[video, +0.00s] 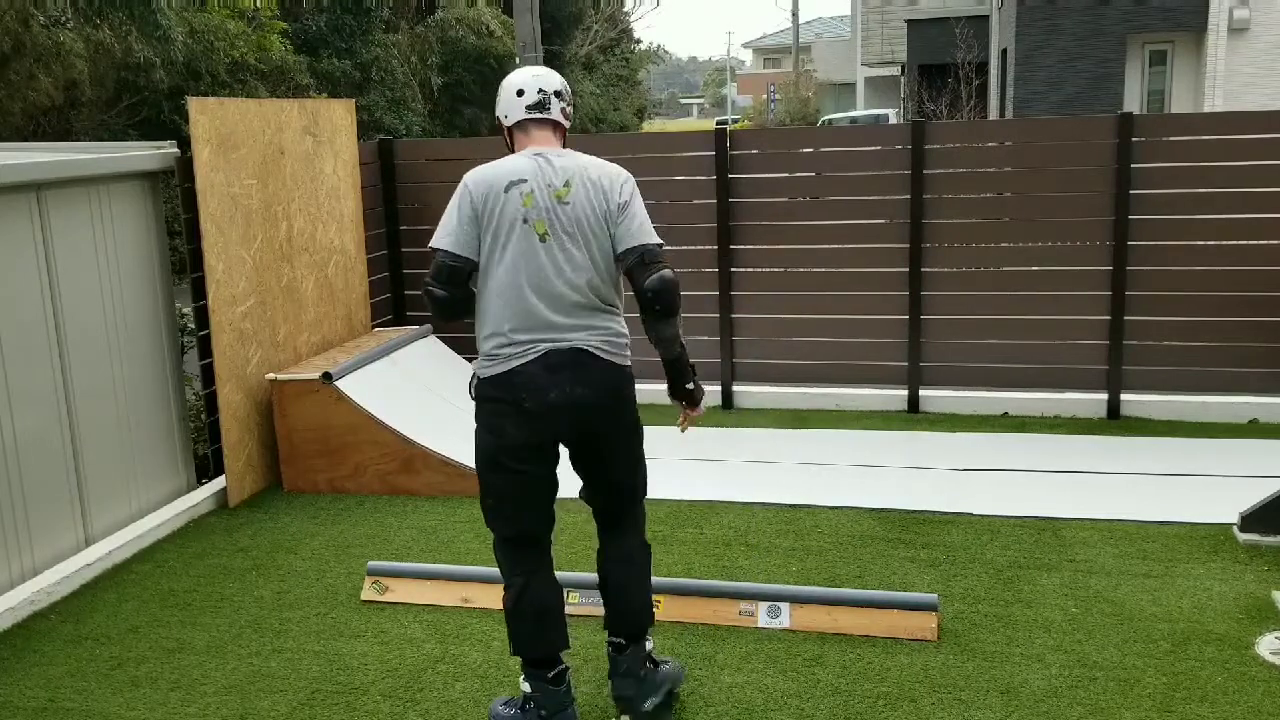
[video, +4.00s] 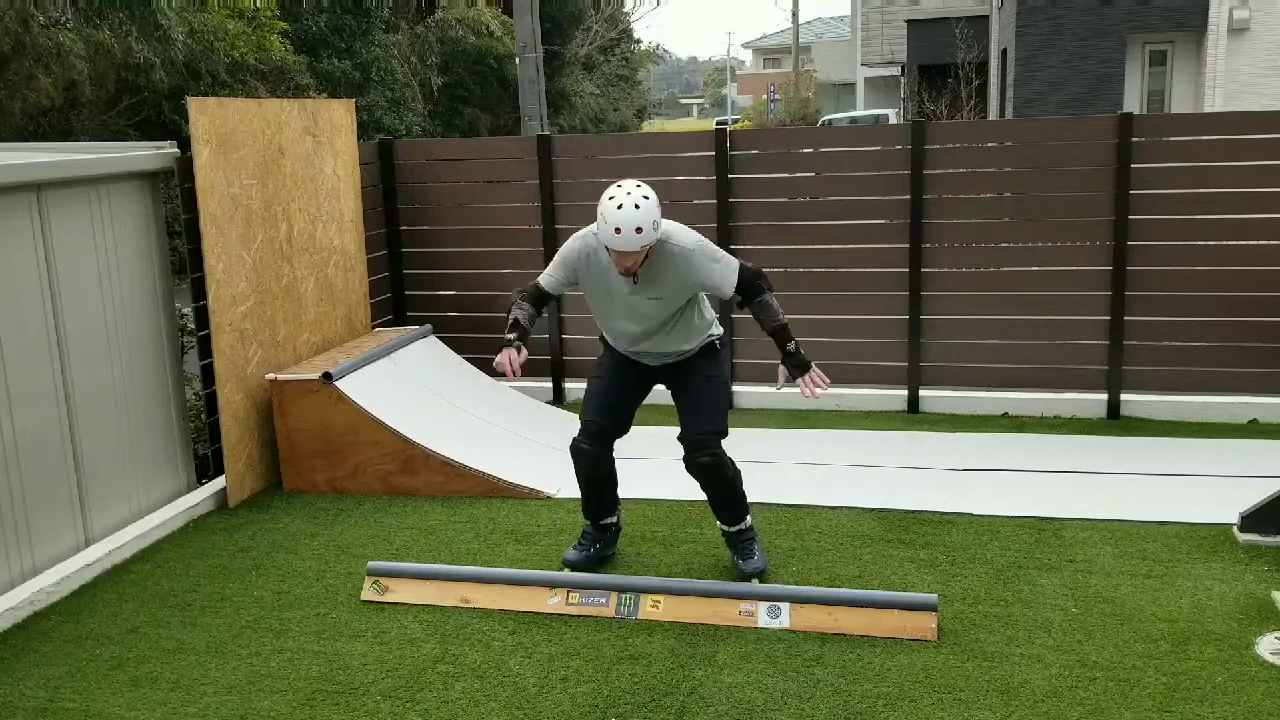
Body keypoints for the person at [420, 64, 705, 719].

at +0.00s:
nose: (511, 134)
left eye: (503, 125)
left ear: (504, 126)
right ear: (566, 121)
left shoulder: (478, 185)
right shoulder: (611, 180)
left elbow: (446, 292)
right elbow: (655, 286)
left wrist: (474, 344)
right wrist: (679, 367)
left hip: (508, 386)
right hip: (599, 379)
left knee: (522, 540)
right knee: (621, 517)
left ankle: (548, 691)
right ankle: (632, 670)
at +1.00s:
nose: (663, 214)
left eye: (660, 209)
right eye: (662, 208)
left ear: (609, 208)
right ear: (657, 207)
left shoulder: (567, 243)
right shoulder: (658, 241)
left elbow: (519, 312)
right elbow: (698, 321)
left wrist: (546, 369)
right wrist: (736, 407)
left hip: (527, 394)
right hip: (608, 397)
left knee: (568, 496)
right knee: (679, 490)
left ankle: (536, 637)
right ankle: (693, 634)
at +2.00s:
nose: (634, 314)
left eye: (642, 304)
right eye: (621, 308)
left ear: (662, 279)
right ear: (603, 283)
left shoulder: (707, 273)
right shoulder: (585, 273)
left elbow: (797, 286)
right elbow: (521, 262)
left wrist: (831, 348)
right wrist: (462, 318)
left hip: (702, 344)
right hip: (624, 343)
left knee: (725, 435)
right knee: (588, 439)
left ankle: (758, 551)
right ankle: (563, 544)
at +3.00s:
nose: (617, 168)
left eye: (624, 156)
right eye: (611, 159)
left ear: (650, 142)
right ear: (607, 152)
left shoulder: (697, 173)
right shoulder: (623, 185)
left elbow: (752, 235)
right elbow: (637, 244)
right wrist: (617, 292)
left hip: (713, 330)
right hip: (653, 331)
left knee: (711, 443)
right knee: (632, 427)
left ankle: (753, 532)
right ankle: (670, 521)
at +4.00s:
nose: (625, 263)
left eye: (635, 253)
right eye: (616, 252)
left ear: (653, 237)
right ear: (602, 235)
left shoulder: (686, 250)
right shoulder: (582, 249)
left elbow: (753, 283)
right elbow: (533, 296)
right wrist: (514, 339)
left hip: (696, 349)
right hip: (625, 352)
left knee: (704, 454)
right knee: (588, 445)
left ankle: (741, 537)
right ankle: (601, 532)